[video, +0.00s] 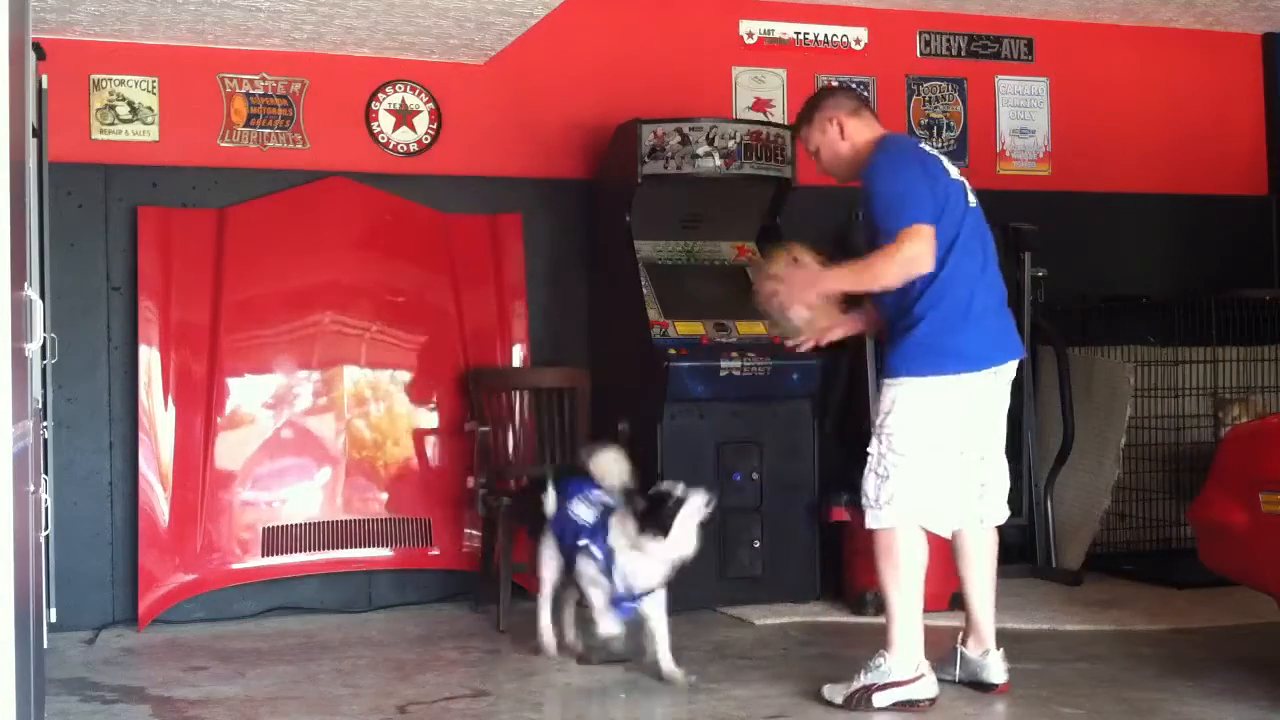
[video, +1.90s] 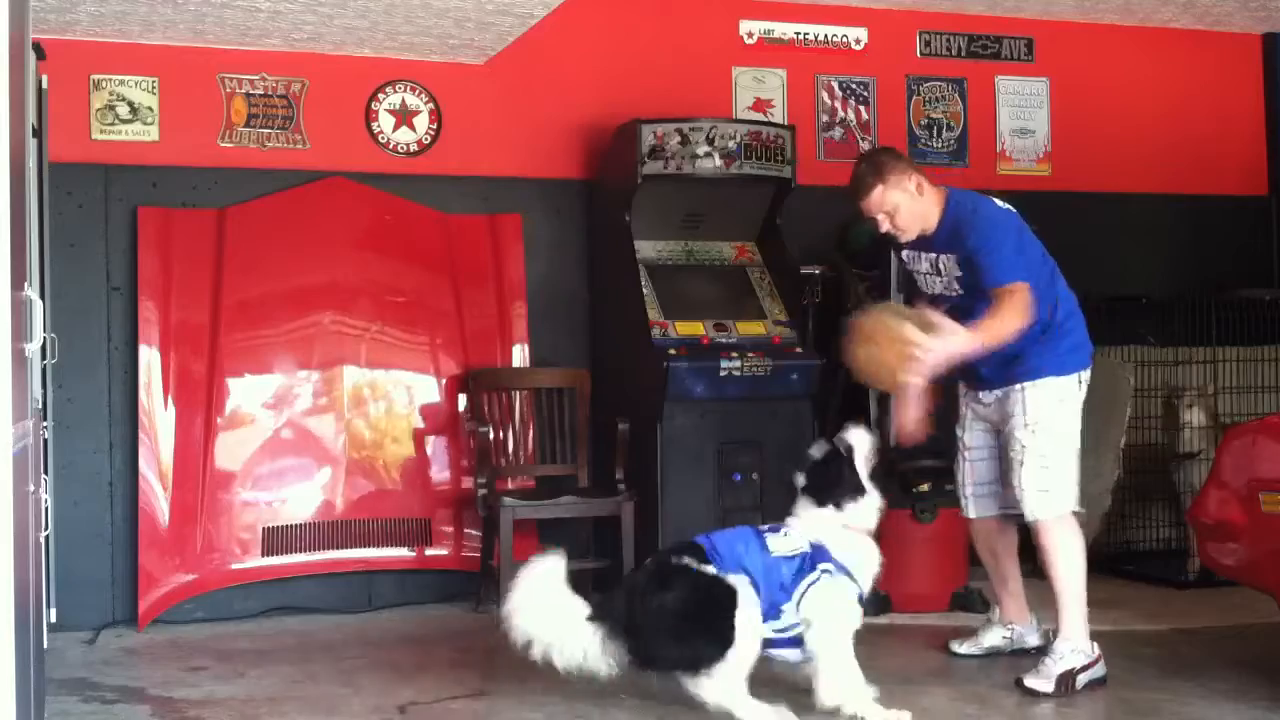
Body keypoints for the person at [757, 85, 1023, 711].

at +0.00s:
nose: (814, 162)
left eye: (812, 147)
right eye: (809, 152)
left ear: (838, 125)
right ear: (852, 119)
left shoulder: (892, 161)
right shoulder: (924, 163)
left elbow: (916, 254)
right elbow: (917, 294)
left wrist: (819, 280)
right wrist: (841, 323)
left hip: (931, 361)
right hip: (985, 354)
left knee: (892, 506)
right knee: (973, 504)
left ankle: (903, 662)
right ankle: (982, 649)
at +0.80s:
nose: (792, 179)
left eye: (787, 163)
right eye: (783, 171)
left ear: (813, 125)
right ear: (819, 124)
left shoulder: (862, 166)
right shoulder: (882, 153)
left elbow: (889, 256)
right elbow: (905, 257)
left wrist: (836, 351)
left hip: (918, 357)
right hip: (953, 350)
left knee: (895, 507)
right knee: (943, 498)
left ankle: (905, 663)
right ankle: (990, 630)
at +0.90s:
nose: (797, 177)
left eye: (794, 161)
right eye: (789, 169)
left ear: (820, 123)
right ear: (828, 121)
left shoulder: (870, 164)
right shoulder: (888, 153)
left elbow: (910, 250)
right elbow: (892, 262)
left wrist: (898, 362)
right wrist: (827, 297)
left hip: (924, 359)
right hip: (955, 355)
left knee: (900, 503)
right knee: (941, 496)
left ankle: (905, 663)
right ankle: (995, 621)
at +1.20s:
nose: (829, 191)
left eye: (827, 176)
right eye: (820, 184)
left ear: (856, 142)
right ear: (846, 152)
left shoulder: (926, 179)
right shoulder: (880, 204)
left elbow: (989, 258)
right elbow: (887, 299)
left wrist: (991, 364)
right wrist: (813, 308)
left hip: (962, 377)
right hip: (935, 376)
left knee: (927, 513)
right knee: (956, 511)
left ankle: (911, 665)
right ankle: (1008, 628)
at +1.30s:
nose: (840, 202)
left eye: (840, 186)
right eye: (831, 194)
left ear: (870, 154)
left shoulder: (944, 185)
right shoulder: (881, 223)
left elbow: (1002, 269)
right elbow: (881, 325)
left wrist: (986, 369)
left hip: (995, 375)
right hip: (942, 379)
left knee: (960, 511)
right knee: (963, 512)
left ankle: (930, 655)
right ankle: (1012, 634)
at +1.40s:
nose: (848, 210)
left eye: (849, 195)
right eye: (840, 201)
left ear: (878, 163)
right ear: (866, 176)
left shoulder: (953, 190)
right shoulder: (882, 227)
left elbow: (1005, 279)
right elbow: (896, 318)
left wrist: (978, 378)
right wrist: (889, 403)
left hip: (1014, 366)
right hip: (956, 371)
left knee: (986, 498)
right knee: (964, 502)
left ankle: (996, 642)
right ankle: (1008, 632)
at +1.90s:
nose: (883, 228)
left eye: (887, 213)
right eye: (875, 220)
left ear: (919, 185)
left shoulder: (986, 223)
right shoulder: (911, 242)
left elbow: (1018, 310)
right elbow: (924, 321)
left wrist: (949, 347)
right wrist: (912, 391)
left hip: (1042, 369)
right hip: (979, 378)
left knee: (1046, 502)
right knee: (983, 503)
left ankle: (1077, 644)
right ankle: (1015, 621)